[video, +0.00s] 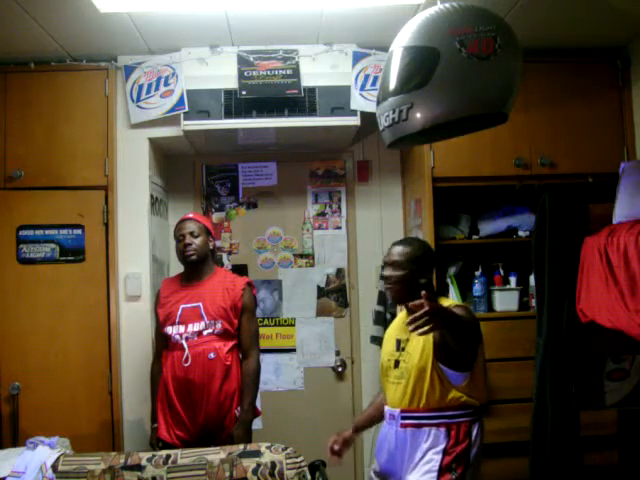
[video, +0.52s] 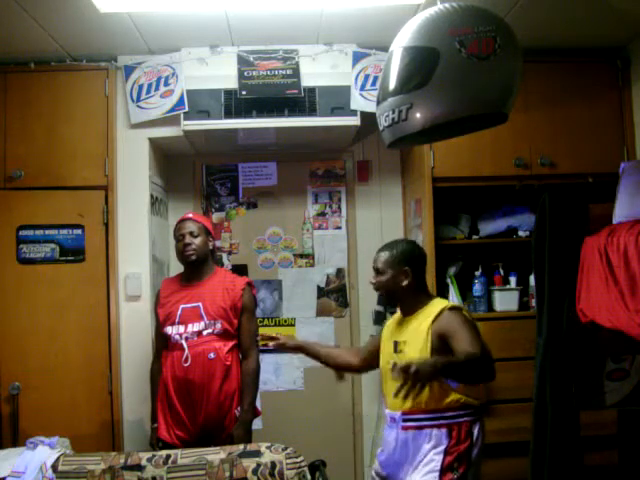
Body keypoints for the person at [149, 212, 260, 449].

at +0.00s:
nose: (186, 241)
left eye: (194, 235)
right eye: (180, 238)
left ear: (211, 242)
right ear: (176, 248)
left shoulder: (237, 288)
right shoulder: (167, 290)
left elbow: (250, 355)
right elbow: (160, 355)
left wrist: (245, 418)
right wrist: (157, 420)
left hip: (224, 416)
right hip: (176, 417)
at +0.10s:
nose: (186, 242)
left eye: (194, 236)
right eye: (180, 239)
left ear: (210, 242)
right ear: (176, 248)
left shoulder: (237, 288)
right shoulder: (167, 290)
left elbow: (250, 355)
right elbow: (160, 355)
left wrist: (245, 418)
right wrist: (157, 420)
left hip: (224, 416)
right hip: (176, 417)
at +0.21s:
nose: (186, 243)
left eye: (194, 236)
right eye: (180, 239)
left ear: (210, 242)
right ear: (176, 248)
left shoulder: (237, 288)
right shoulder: (167, 290)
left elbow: (250, 355)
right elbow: (160, 355)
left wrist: (245, 418)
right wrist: (157, 420)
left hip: (224, 416)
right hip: (176, 417)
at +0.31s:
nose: (186, 242)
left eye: (194, 236)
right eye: (180, 239)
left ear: (210, 242)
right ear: (176, 248)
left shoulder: (237, 288)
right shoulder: (167, 290)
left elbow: (250, 355)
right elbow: (160, 355)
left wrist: (245, 418)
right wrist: (157, 420)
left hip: (224, 417)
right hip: (176, 417)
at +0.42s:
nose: (186, 241)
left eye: (194, 235)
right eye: (179, 238)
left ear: (210, 242)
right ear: (175, 247)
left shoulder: (237, 288)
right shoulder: (167, 290)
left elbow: (250, 355)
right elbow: (160, 356)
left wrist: (245, 418)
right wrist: (157, 420)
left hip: (224, 417)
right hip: (175, 418)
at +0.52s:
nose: (186, 241)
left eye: (194, 235)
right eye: (179, 237)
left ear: (210, 242)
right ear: (175, 247)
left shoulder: (237, 288)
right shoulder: (167, 290)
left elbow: (250, 355)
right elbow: (159, 356)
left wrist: (245, 418)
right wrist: (156, 420)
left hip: (224, 417)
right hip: (175, 417)